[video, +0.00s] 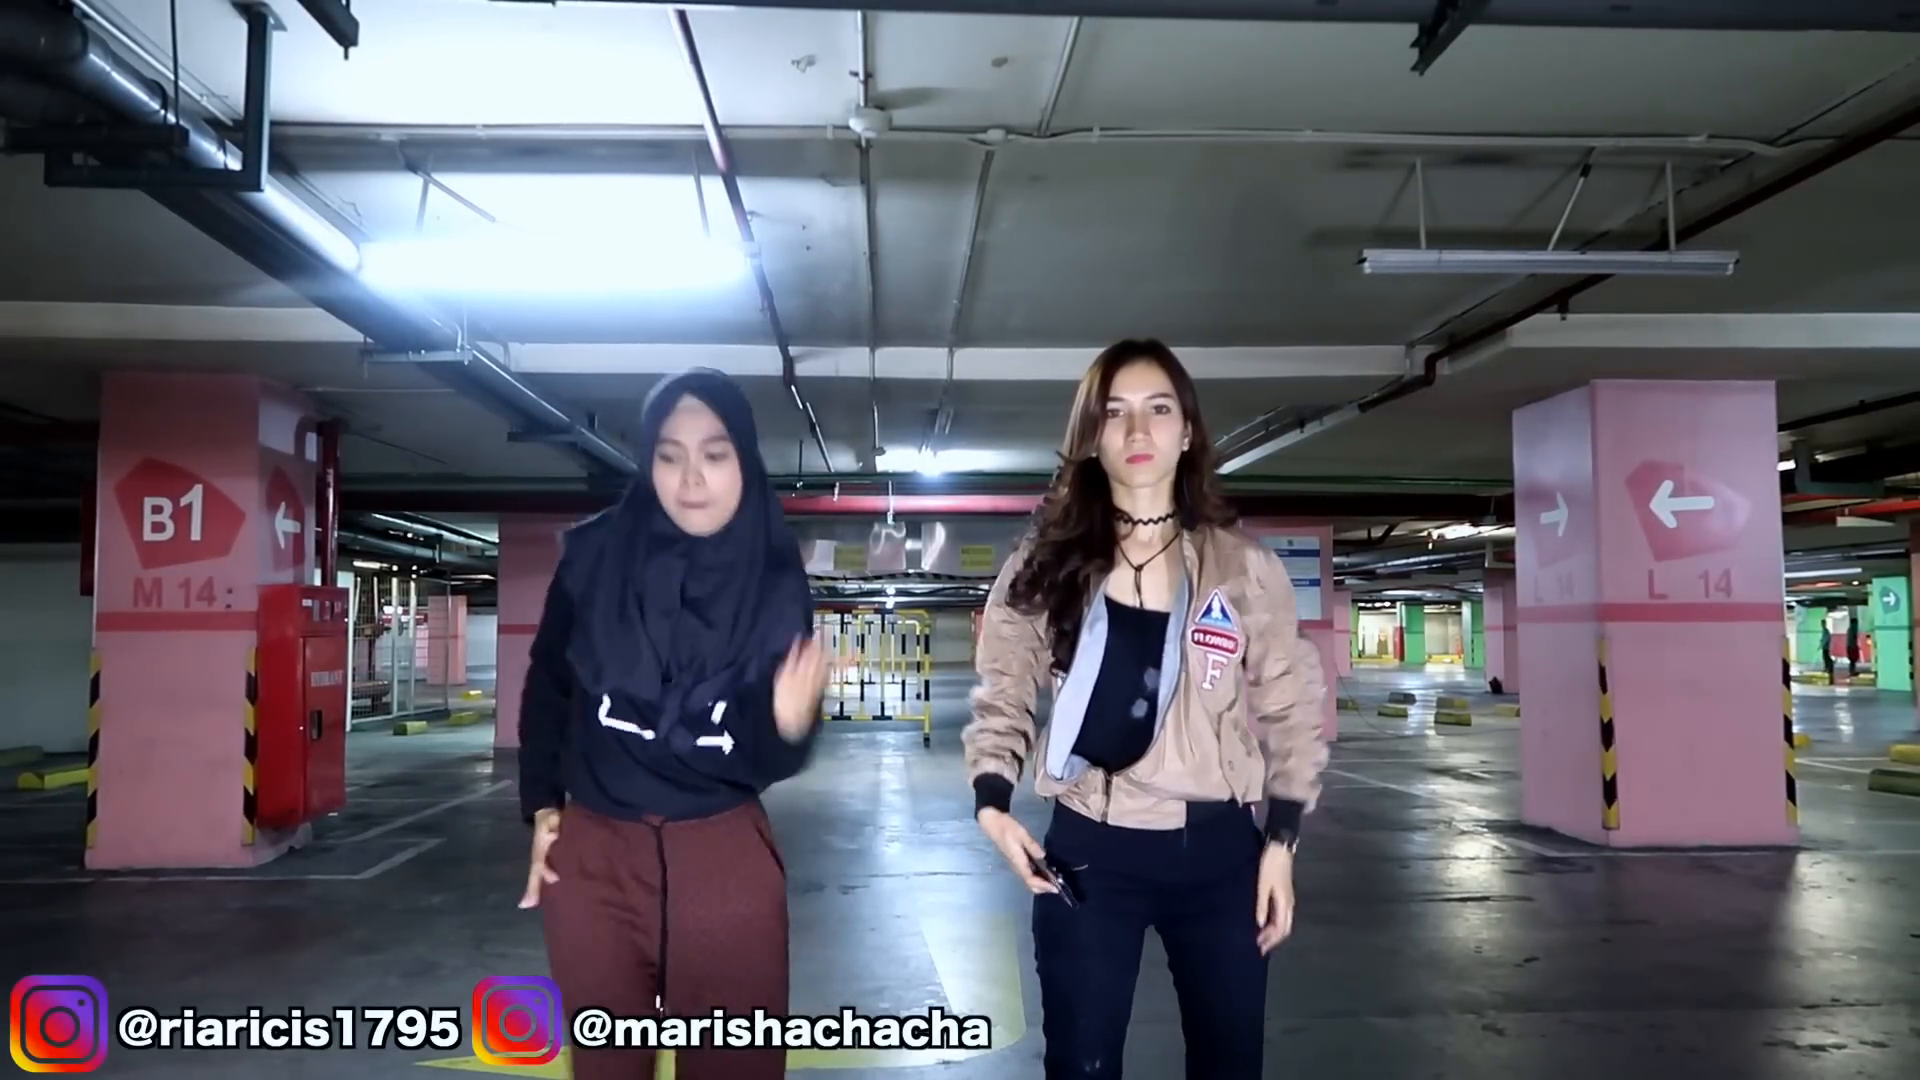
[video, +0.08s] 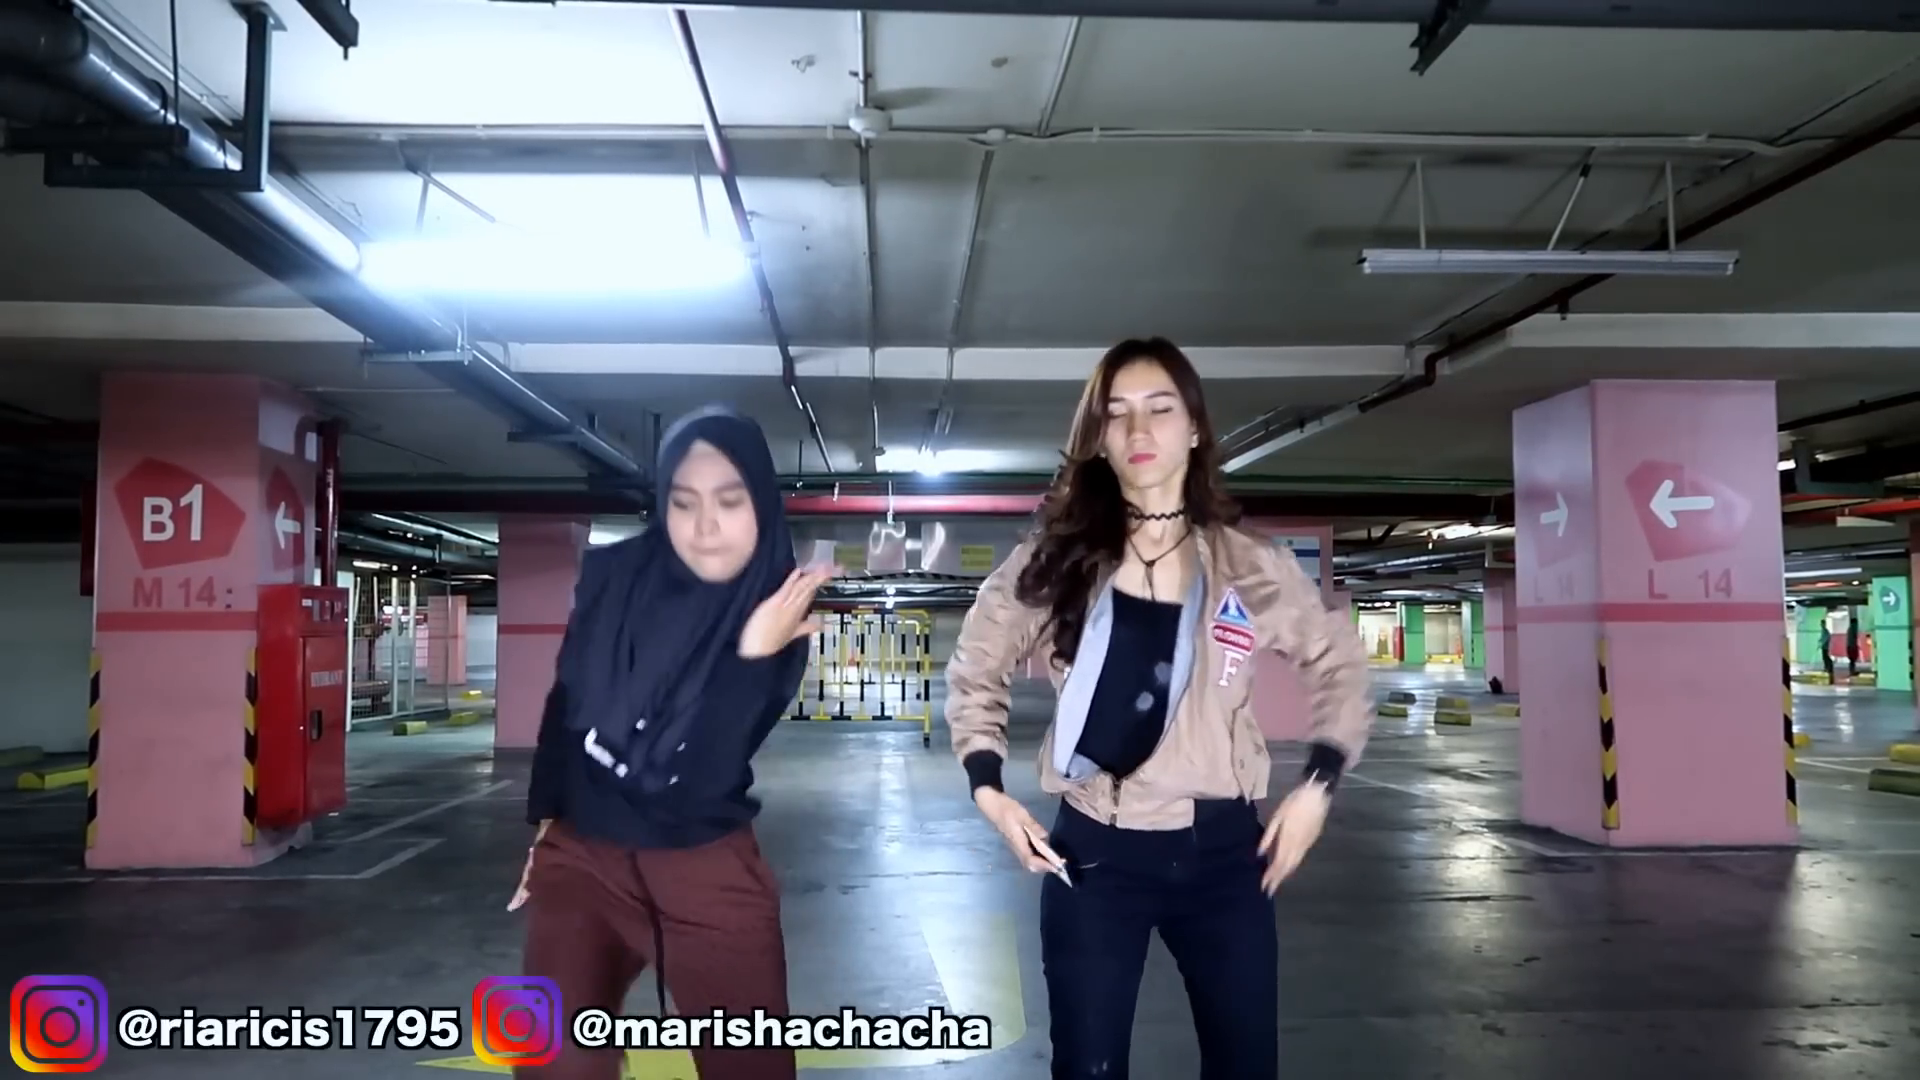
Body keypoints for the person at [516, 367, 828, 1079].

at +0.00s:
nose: (692, 479)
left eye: (714, 455)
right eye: (671, 456)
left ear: (747, 466)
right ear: (648, 465)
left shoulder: (773, 574)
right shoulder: (593, 552)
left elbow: (767, 763)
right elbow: (546, 687)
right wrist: (544, 809)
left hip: (725, 856)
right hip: (594, 854)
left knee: (736, 1066)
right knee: (606, 1066)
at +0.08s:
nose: (707, 527)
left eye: (731, 501)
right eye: (685, 503)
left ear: (766, 504)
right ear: (661, 506)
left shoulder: (775, 619)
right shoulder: (611, 572)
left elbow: (702, 785)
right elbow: (567, 703)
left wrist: (753, 657)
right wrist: (547, 823)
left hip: (710, 873)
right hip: (583, 860)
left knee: (751, 1069)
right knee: (557, 1064)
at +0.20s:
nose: (712, 549)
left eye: (739, 528)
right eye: (692, 522)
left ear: (768, 537)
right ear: (666, 520)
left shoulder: (754, 646)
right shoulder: (607, 567)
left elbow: (623, 795)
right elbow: (573, 682)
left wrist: (702, 736)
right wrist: (568, 737)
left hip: (680, 844)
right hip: (569, 828)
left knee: (713, 1065)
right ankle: (532, 1067)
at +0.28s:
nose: (708, 524)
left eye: (734, 504)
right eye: (688, 497)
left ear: (763, 511)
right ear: (659, 494)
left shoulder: (754, 628)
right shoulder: (601, 533)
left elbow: (593, 758)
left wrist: (699, 675)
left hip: (651, 817)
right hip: (530, 799)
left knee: (677, 1054)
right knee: (498, 1033)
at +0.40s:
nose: (701, 530)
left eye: (728, 513)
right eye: (682, 500)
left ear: (748, 527)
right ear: (644, 490)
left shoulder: (714, 628)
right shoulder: (565, 539)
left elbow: (566, 758)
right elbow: (500, 652)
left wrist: (662, 639)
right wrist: (452, 713)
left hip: (633, 870)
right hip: (505, 861)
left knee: (647, 1067)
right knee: (460, 1065)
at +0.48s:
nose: (686, 530)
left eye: (710, 512)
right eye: (669, 500)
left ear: (725, 523)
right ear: (625, 489)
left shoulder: (691, 614)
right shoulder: (514, 539)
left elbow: (620, 772)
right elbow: (435, 583)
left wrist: (634, 620)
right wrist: (381, 662)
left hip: (617, 869)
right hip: (484, 866)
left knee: (647, 1067)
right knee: (460, 1066)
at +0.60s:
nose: (634, 487)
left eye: (654, 465)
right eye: (611, 460)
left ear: (669, 466)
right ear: (555, 452)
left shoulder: (666, 558)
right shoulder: (472, 525)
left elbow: (721, 703)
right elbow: (320, 531)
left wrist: (597, 728)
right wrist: (309, 624)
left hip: (620, 829)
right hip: (483, 834)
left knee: (679, 1045)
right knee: (456, 1060)